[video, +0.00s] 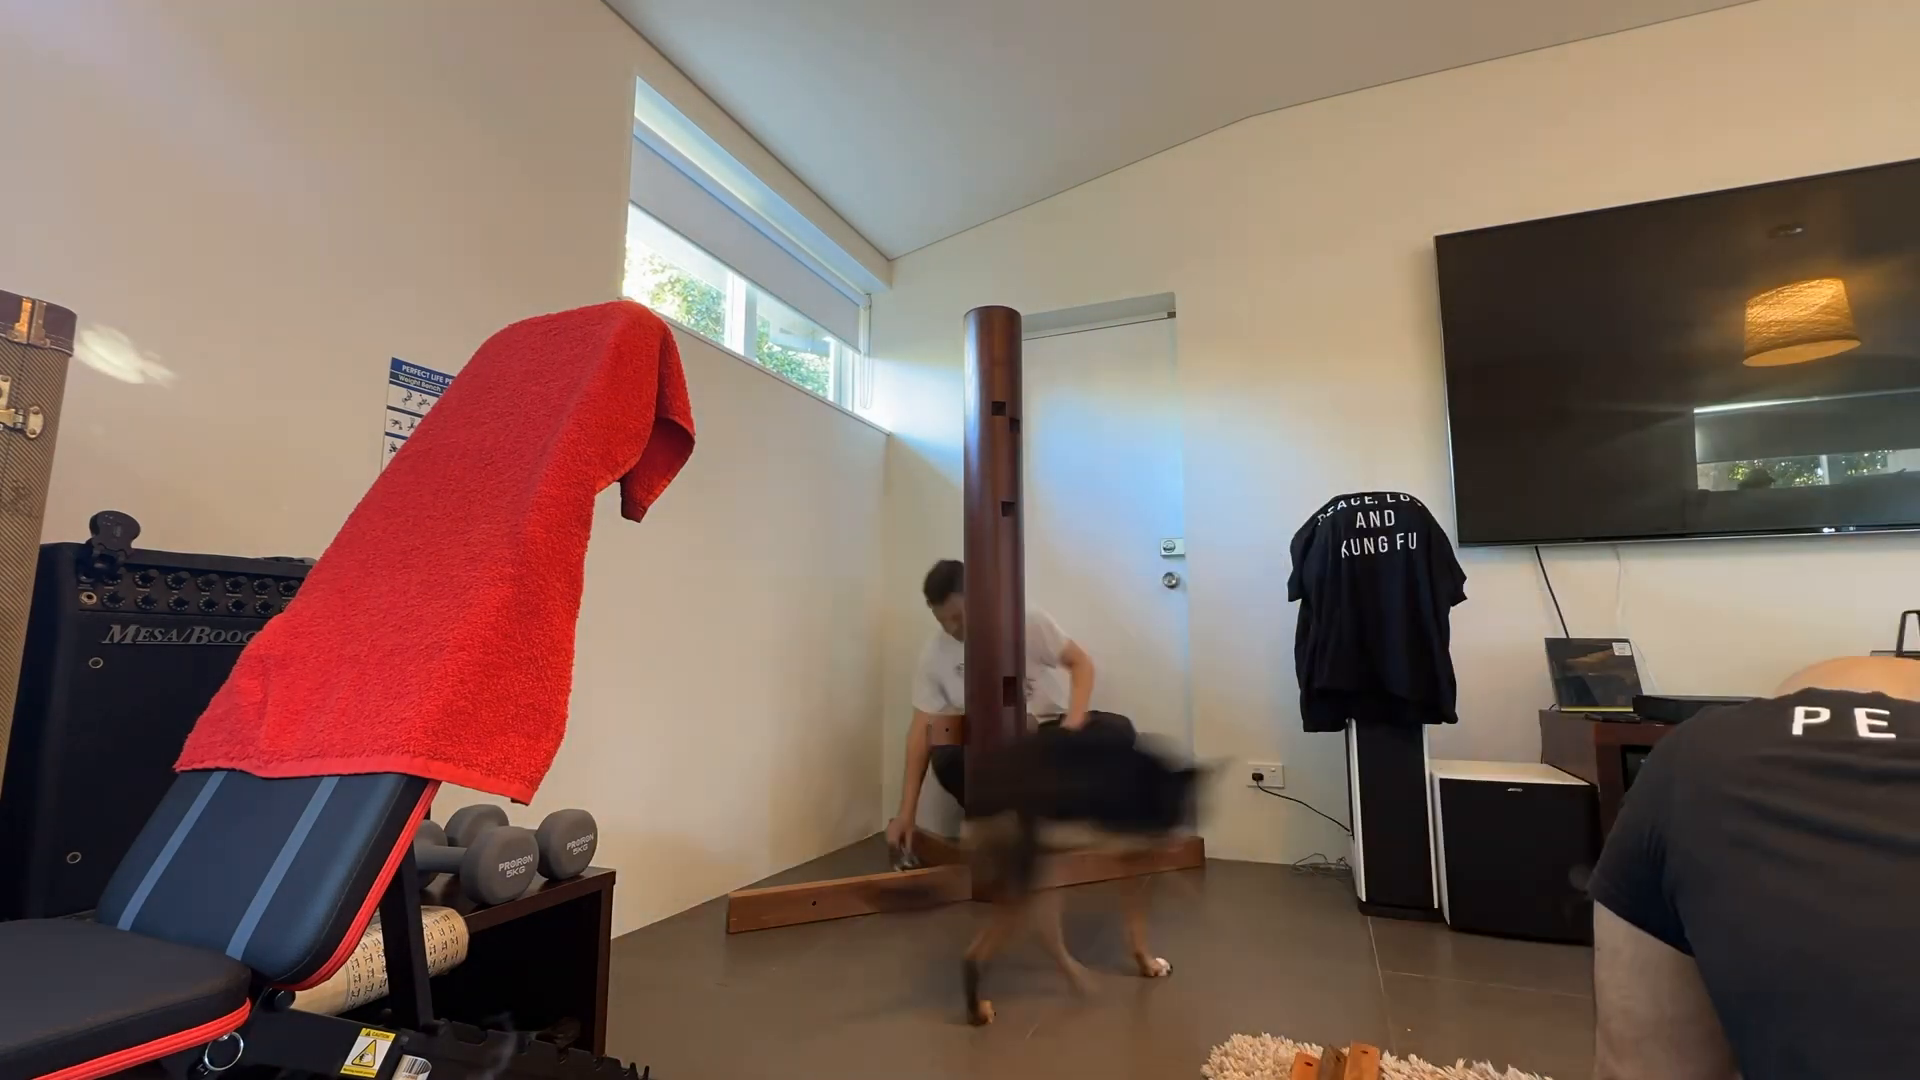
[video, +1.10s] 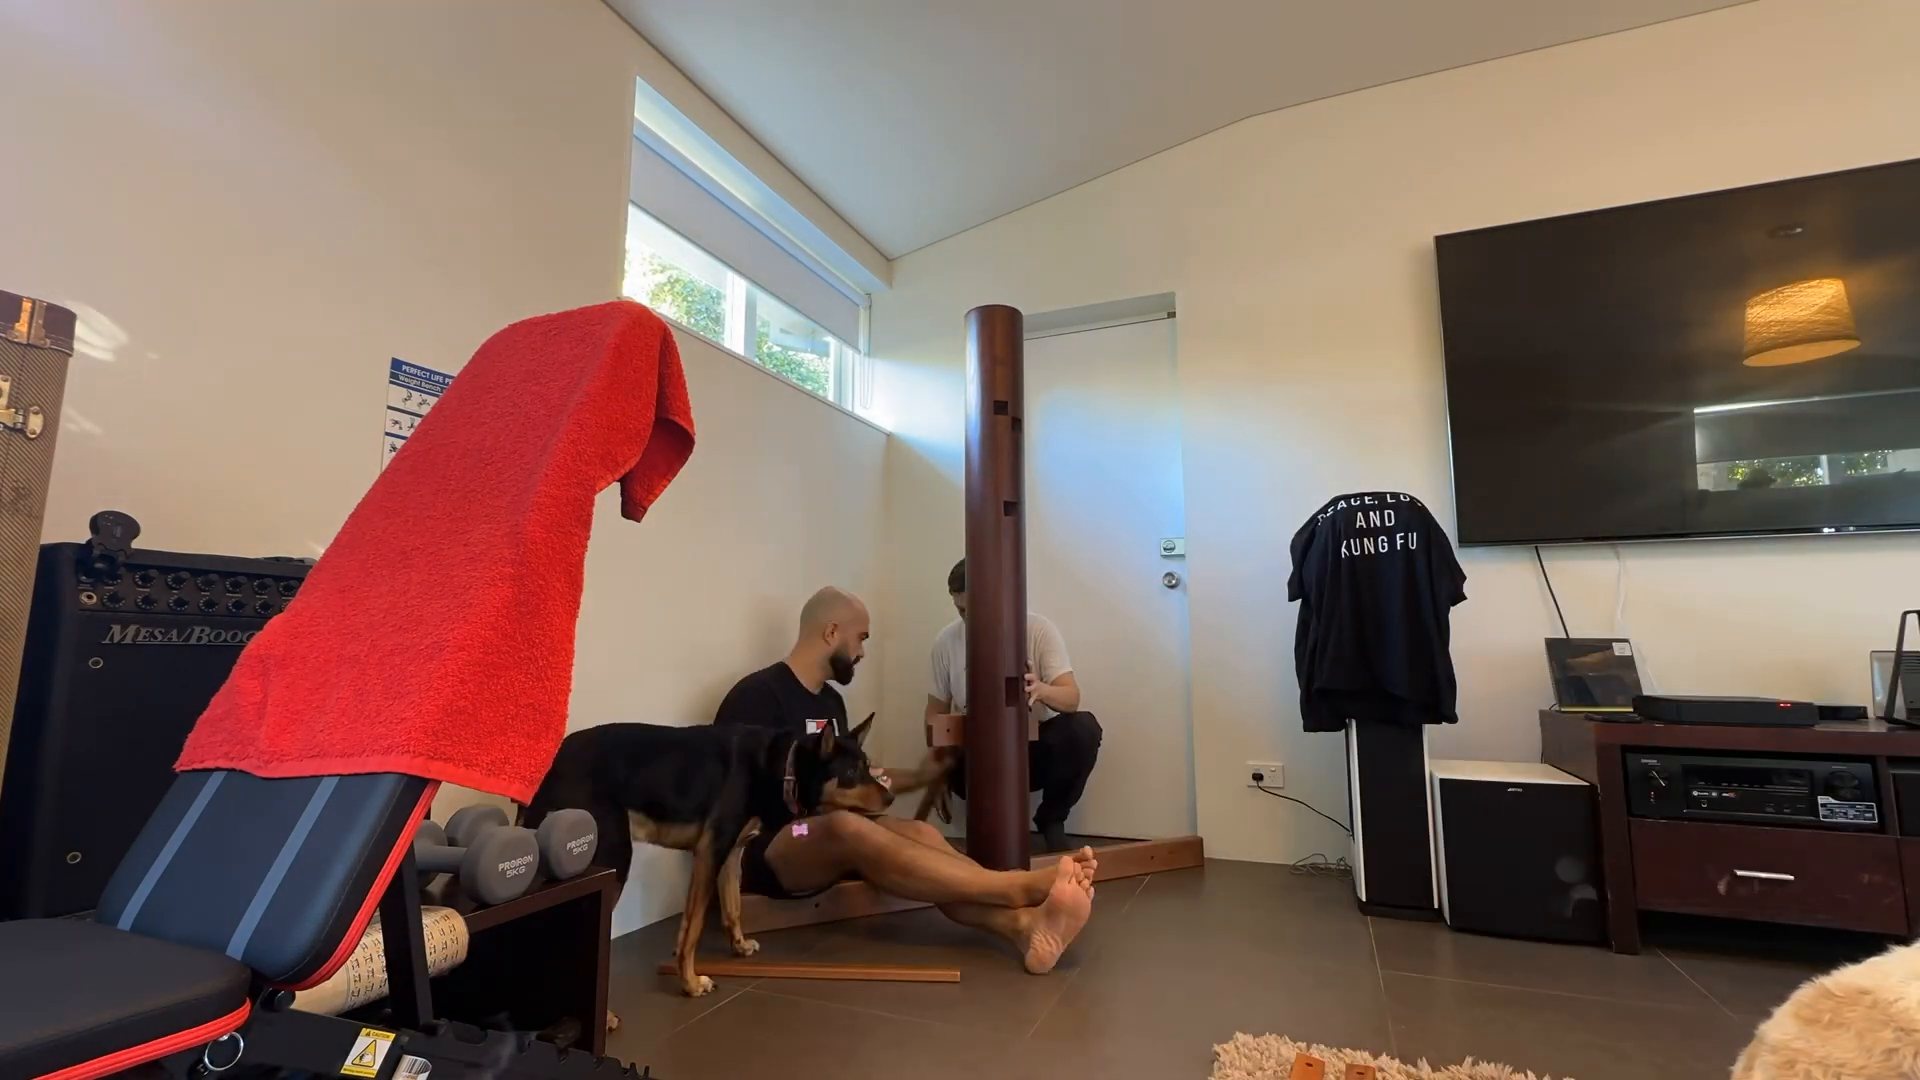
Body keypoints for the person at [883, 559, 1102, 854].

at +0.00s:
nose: (952, 628)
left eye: (958, 617)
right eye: (943, 621)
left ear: (977, 604)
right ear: (935, 616)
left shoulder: (1027, 624)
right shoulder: (939, 654)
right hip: (990, 742)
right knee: (947, 759)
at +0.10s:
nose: (1006, 588)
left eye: (1014, 578)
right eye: (997, 577)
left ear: (1025, 581)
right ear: (982, 580)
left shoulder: (1048, 630)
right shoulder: (960, 627)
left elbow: (1071, 698)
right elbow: (941, 696)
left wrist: (1048, 688)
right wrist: (981, 712)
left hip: (1033, 742)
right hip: (979, 746)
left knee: (1080, 730)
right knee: (932, 765)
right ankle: (1005, 817)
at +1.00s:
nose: (996, 590)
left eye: (1005, 580)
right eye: (988, 581)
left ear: (1019, 581)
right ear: (976, 583)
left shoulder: (1047, 632)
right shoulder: (958, 633)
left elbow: (1073, 699)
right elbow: (920, 696)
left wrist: (1043, 690)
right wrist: (932, 721)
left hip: (1035, 750)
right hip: (981, 753)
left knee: (1083, 729)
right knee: (952, 762)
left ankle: (1052, 820)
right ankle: (996, 829)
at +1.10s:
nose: (862, 652)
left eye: (865, 642)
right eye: (861, 638)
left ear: (827, 633)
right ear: (829, 632)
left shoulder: (831, 702)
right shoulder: (754, 696)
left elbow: (844, 779)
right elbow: (738, 798)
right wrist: (847, 793)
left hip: (826, 838)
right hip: (760, 849)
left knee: (922, 835)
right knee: (848, 830)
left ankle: (1027, 931)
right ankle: (1021, 884)